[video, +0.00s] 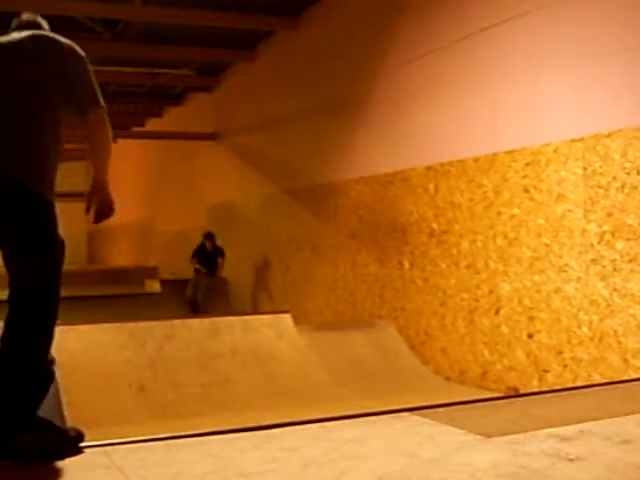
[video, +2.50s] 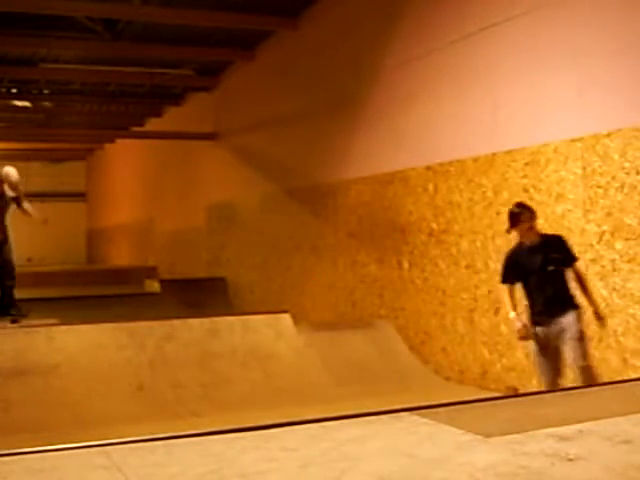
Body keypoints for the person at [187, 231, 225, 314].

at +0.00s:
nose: (208, 244)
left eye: (210, 242)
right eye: (207, 242)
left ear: (213, 241)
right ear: (204, 241)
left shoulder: (218, 250)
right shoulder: (200, 248)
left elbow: (221, 262)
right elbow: (193, 261)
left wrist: (220, 271)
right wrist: (202, 269)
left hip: (212, 274)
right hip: (200, 274)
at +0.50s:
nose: (248, 243)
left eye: (250, 240)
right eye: (246, 240)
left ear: (253, 240)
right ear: (242, 241)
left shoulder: (259, 251)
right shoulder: (238, 252)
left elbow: (263, 268)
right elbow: (235, 271)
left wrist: (266, 285)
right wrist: (244, 284)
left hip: (256, 284)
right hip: (243, 284)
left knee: (254, 308)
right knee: (243, 308)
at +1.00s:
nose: (297, 220)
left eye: (299, 217)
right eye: (295, 217)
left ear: (302, 217)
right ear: (290, 219)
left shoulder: (309, 229)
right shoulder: (285, 233)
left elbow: (316, 246)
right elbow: (280, 250)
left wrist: (320, 261)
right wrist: (287, 266)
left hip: (310, 263)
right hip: (296, 266)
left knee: (313, 290)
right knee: (303, 292)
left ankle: (314, 312)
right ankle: (302, 313)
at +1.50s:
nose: (348, 210)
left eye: (349, 206)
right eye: (344, 208)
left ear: (353, 204)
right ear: (339, 207)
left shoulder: (362, 216)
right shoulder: (335, 218)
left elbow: (370, 238)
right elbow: (331, 239)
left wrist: (370, 258)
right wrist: (334, 258)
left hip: (359, 255)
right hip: (342, 255)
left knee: (352, 285)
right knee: (335, 286)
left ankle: (356, 319)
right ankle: (339, 306)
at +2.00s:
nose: (430, 229)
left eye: (432, 225)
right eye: (426, 225)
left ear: (435, 225)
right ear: (419, 226)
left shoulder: (442, 244)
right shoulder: (409, 247)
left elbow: (447, 271)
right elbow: (404, 275)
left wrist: (449, 294)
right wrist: (406, 299)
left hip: (437, 296)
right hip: (417, 298)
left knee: (435, 339)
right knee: (417, 342)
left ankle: (439, 376)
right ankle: (424, 374)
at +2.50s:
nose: (520, 229)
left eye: (522, 223)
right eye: (517, 226)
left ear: (532, 221)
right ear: (514, 227)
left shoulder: (555, 243)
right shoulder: (514, 257)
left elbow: (577, 275)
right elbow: (510, 291)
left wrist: (595, 308)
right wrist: (517, 319)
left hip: (567, 314)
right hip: (540, 321)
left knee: (579, 365)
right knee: (548, 378)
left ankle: (593, 405)